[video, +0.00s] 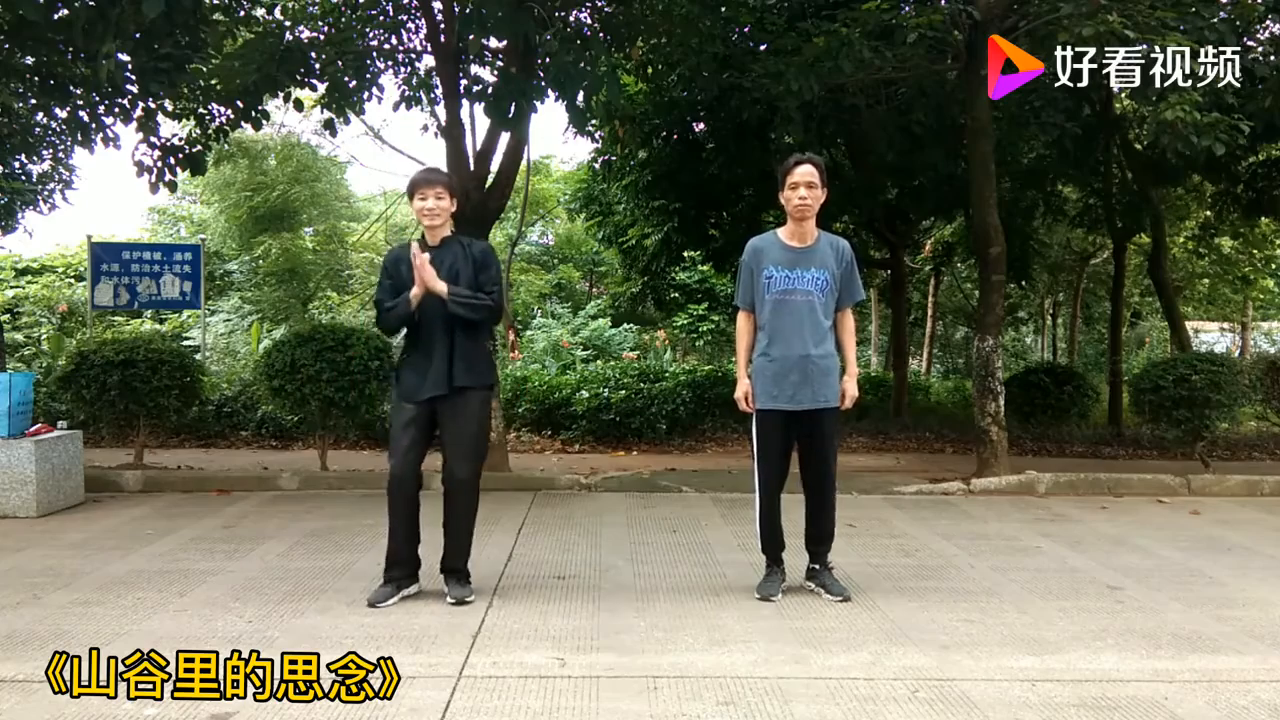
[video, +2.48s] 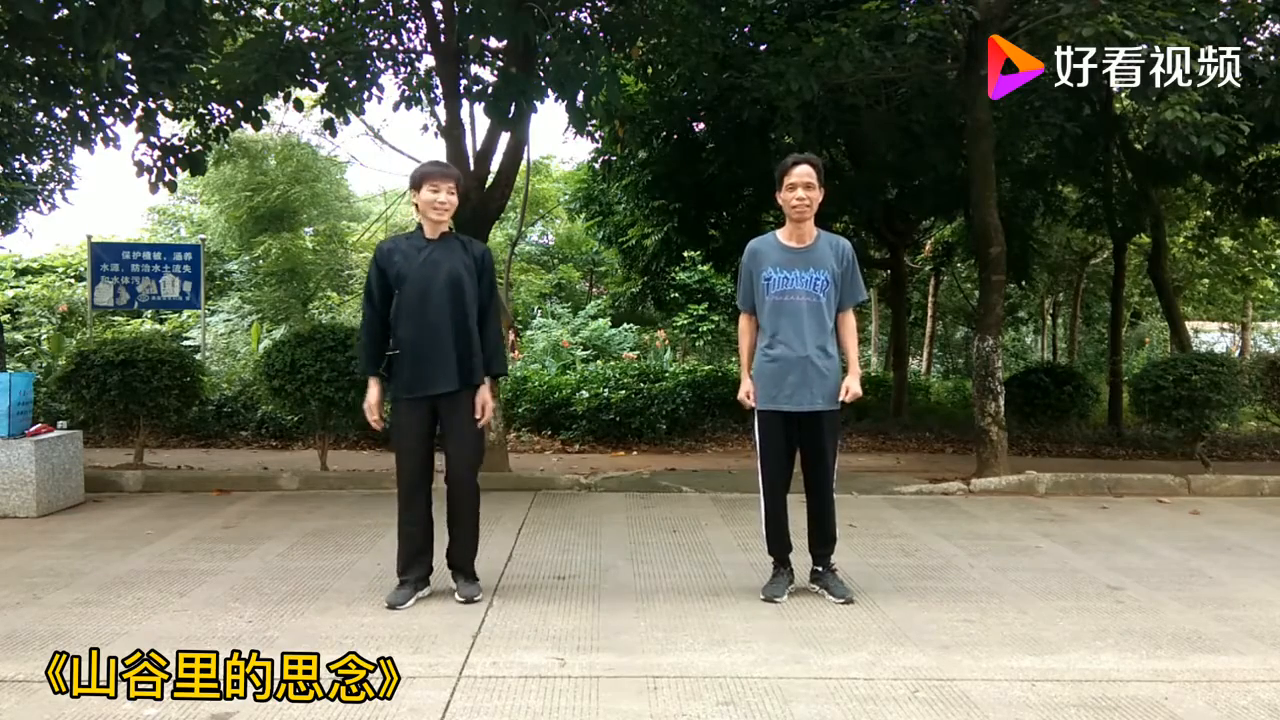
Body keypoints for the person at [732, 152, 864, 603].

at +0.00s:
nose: (803, 194)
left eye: (811, 186)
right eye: (795, 187)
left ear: (823, 194)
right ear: (782, 195)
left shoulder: (838, 250)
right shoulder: (758, 249)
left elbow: (844, 314)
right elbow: (746, 315)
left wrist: (851, 371)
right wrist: (742, 373)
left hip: (823, 384)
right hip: (770, 384)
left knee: (821, 481)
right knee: (768, 483)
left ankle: (819, 566)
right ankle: (773, 567)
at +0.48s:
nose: (797, 195)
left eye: (806, 187)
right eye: (793, 188)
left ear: (831, 191)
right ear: (790, 196)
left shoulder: (857, 251)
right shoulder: (776, 249)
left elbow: (864, 315)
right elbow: (763, 316)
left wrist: (868, 374)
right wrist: (759, 374)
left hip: (835, 386)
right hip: (783, 385)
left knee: (827, 484)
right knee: (777, 484)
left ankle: (824, 567)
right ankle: (774, 567)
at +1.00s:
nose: (802, 194)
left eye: (811, 186)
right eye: (795, 187)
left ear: (829, 194)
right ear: (788, 196)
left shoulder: (850, 251)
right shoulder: (768, 250)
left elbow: (861, 316)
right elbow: (752, 315)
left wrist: (868, 373)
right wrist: (746, 374)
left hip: (832, 386)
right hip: (778, 385)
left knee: (825, 485)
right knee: (777, 484)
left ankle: (823, 568)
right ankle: (781, 567)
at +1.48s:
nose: (806, 193)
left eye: (814, 185)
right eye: (797, 186)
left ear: (826, 194)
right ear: (785, 195)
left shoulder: (843, 250)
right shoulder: (763, 250)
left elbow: (848, 315)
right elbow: (751, 316)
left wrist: (854, 372)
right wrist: (749, 375)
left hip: (828, 385)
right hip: (775, 385)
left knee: (823, 484)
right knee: (776, 484)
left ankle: (823, 568)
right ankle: (781, 567)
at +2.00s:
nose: (804, 196)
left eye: (812, 188)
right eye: (795, 188)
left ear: (823, 196)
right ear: (782, 196)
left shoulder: (840, 251)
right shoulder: (759, 250)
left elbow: (848, 314)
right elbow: (747, 315)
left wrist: (861, 370)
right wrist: (745, 374)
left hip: (824, 387)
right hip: (772, 388)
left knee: (822, 484)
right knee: (775, 485)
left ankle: (822, 568)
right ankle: (781, 568)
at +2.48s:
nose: (800, 195)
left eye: (808, 187)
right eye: (791, 188)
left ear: (820, 195)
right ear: (779, 196)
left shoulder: (839, 250)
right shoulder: (757, 251)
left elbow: (846, 314)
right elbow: (747, 317)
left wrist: (853, 370)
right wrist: (746, 374)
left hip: (823, 385)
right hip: (771, 385)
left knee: (821, 484)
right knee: (773, 485)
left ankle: (823, 567)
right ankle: (780, 568)